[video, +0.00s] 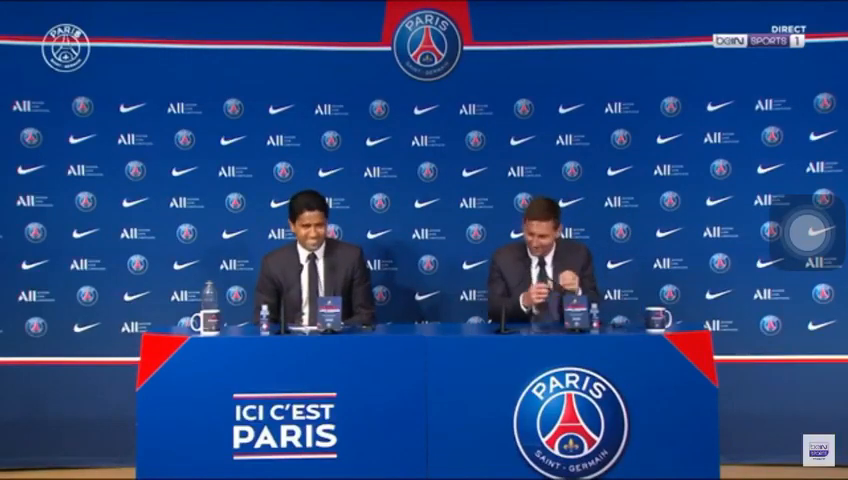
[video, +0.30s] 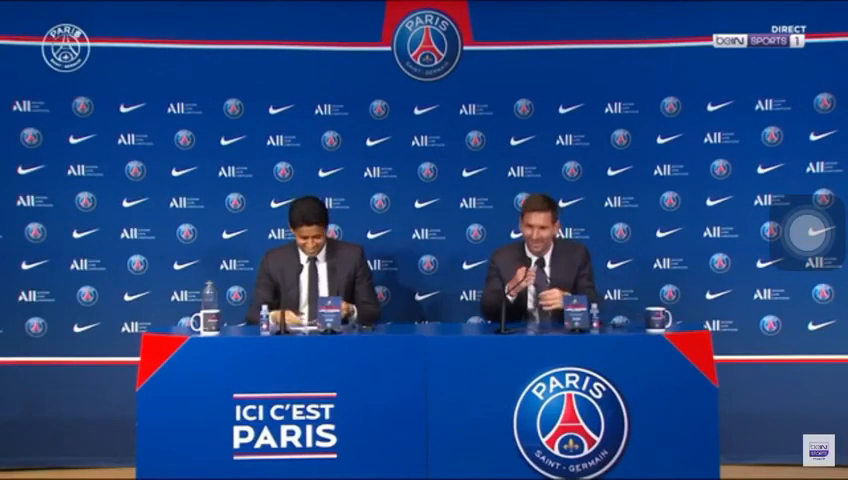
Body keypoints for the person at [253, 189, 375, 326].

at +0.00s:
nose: (314, 233)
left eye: (319, 225)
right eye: (306, 226)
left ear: (326, 223)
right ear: (292, 226)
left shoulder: (351, 256)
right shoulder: (274, 262)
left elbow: (365, 315)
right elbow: (264, 320)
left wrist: (336, 332)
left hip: (339, 346)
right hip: (290, 347)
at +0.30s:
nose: (310, 244)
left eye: (317, 237)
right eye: (304, 237)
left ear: (326, 230)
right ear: (293, 232)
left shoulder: (352, 255)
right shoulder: (274, 260)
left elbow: (372, 312)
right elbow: (254, 315)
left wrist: (351, 311)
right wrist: (277, 317)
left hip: (339, 345)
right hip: (290, 346)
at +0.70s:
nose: (309, 247)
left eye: (315, 240)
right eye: (302, 241)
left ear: (326, 232)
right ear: (293, 234)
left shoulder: (351, 253)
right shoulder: (275, 256)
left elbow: (378, 311)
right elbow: (244, 313)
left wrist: (352, 279)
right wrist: (266, 280)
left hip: (340, 347)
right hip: (291, 347)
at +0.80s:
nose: (308, 246)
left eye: (314, 240)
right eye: (301, 240)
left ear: (326, 233)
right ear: (293, 235)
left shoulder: (352, 252)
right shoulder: (276, 256)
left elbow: (380, 309)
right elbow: (243, 312)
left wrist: (353, 272)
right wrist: (265, 274)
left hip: (338, 345)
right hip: (290, 345)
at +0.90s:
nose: (307, 246)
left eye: (314, 239)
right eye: (301, 239)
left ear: (326, 233)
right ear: (292, 235)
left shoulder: (352, 252)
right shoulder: (276, 257)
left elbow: (381, 307)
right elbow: (243, 311)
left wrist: (354, 269)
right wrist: (265, 272)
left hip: (339, 345)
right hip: (290, 346)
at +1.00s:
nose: (307, 245)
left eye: (313, 239)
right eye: (300, 239)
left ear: (326, 233)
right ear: (292, 235)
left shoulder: (350, 251)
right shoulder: (276, 256)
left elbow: (381, 306)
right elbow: (242, 310)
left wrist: (354, 266)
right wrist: (264, 272)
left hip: (340, 345)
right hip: (290, 345)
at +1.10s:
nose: (306, 246)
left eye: (313, 238)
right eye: (300, 239)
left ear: (325, 233)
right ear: (291, 235)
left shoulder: (350, 250)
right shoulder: (276, 256)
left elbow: (381, 306)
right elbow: (242, 310)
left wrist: (354, 266)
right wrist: (264, 272)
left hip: (340, 345)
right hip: (291, 346)